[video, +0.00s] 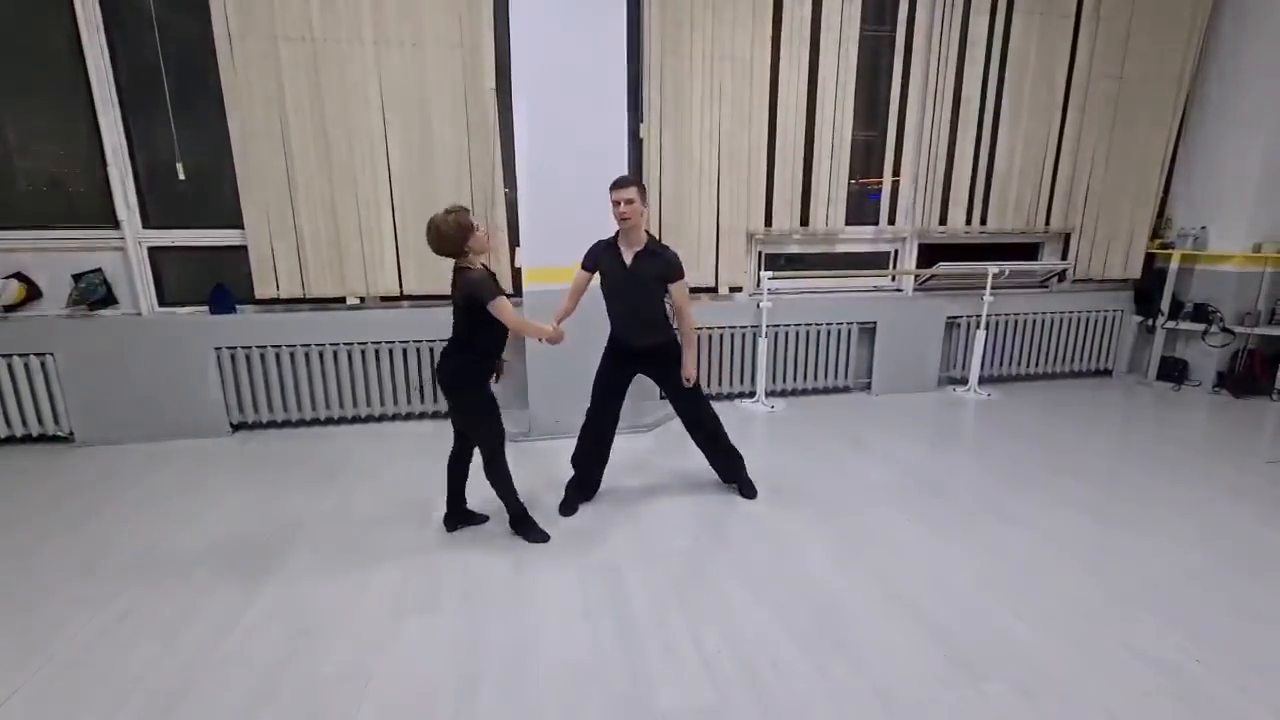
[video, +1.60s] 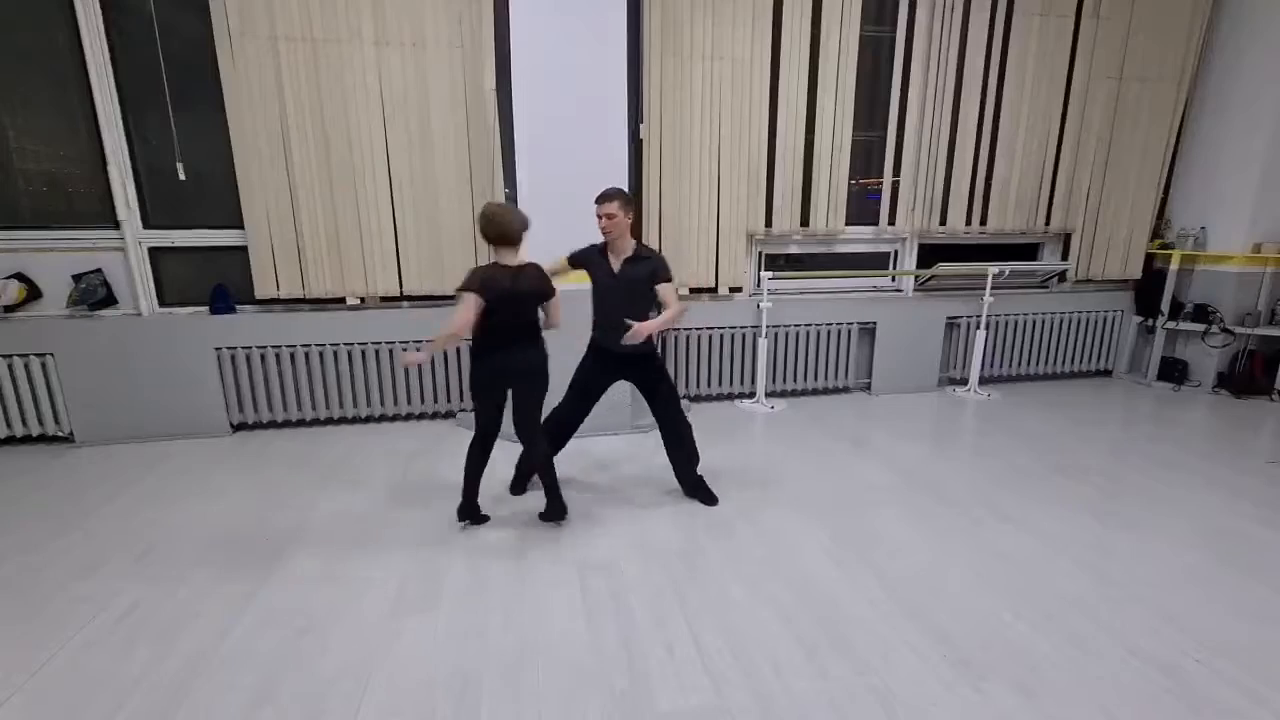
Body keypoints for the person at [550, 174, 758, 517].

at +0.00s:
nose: (622, 209)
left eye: (629, 202)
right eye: (616, 204)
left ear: (644, 207)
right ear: (612, 209)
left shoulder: (664, 257)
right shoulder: (600, 253)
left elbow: (683, 312)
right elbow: (573, 298)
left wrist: (690, 359)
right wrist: (555, 323)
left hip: (662, 349)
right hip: (620, 350)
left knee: (696, 411)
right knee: (599, 415)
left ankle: (735, 473)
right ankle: (580, 486)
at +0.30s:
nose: (631, 215)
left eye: (639, 208)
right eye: (626, 208)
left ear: (655, 209)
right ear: (621, 210)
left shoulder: (665, 262)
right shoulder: (608, 243)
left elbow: (668, 318)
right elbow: (575, 277)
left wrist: (642, 356)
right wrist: (560, 298)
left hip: (656, 349)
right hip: (615, 350)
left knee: (694, 412)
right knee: (596, 422)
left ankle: (738, 471)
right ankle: (578, 489)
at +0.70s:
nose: (654, 221)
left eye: (660, 214)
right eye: (647, 215)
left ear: (671, 218)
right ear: (638, 220)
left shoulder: (693, 264)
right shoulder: (627, 257)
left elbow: (711, 307)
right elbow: (574, 262)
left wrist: (681, 336)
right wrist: (556, 294)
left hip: (664, 359)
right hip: (624, 354)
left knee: (693, 429)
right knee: (589, 419)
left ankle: (690, 479)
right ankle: (568, 490)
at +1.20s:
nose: (630, 220)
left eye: (636, 212)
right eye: (623, 214)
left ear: (650, 214)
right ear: (617, 218)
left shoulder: (668, 251)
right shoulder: (614, 262)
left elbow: (673, 289)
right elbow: (582, 299)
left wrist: (687, 312)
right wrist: (543, 307)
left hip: (668, 351)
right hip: (633, 353)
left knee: (687, 418)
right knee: (595, 414)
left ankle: (693, 478)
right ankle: (544, 478)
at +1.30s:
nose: (616, 222)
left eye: (623, 214)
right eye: (612, 216)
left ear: (643, 214)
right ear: (610, 220)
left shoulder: (671, 251)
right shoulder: (611, 264)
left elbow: (693, 283)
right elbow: (594, 317)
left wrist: (699, 312)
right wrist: (566, 322)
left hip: (664, 351)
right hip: (626, 353)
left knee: (684, 418)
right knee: (591, 415)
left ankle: (692, 478)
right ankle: (541, 481)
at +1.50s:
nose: (604, 227)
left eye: (610, 219)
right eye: (601, 221)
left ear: (631, 218)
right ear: (602, 223)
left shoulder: (665, 255)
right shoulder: (604, 265)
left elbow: (695, 296)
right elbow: (586, 307)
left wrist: (677, 317)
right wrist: (578, 331)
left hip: (652, 352)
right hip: (611, 350)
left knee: (677, 416)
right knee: (573, 410)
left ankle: (691, 479)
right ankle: (533, 470)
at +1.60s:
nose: (603, 223)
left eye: (610, 217)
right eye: (600, 217)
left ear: (630, 217)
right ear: (597, 220)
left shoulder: (651, 260)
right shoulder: (591, 255)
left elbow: (675, 308)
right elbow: (550, 272)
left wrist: (650, 326)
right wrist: (520, 286)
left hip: (642, 356)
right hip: (602, 354)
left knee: (673, 418)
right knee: (568, 413)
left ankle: (691, 478)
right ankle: (527, 466)